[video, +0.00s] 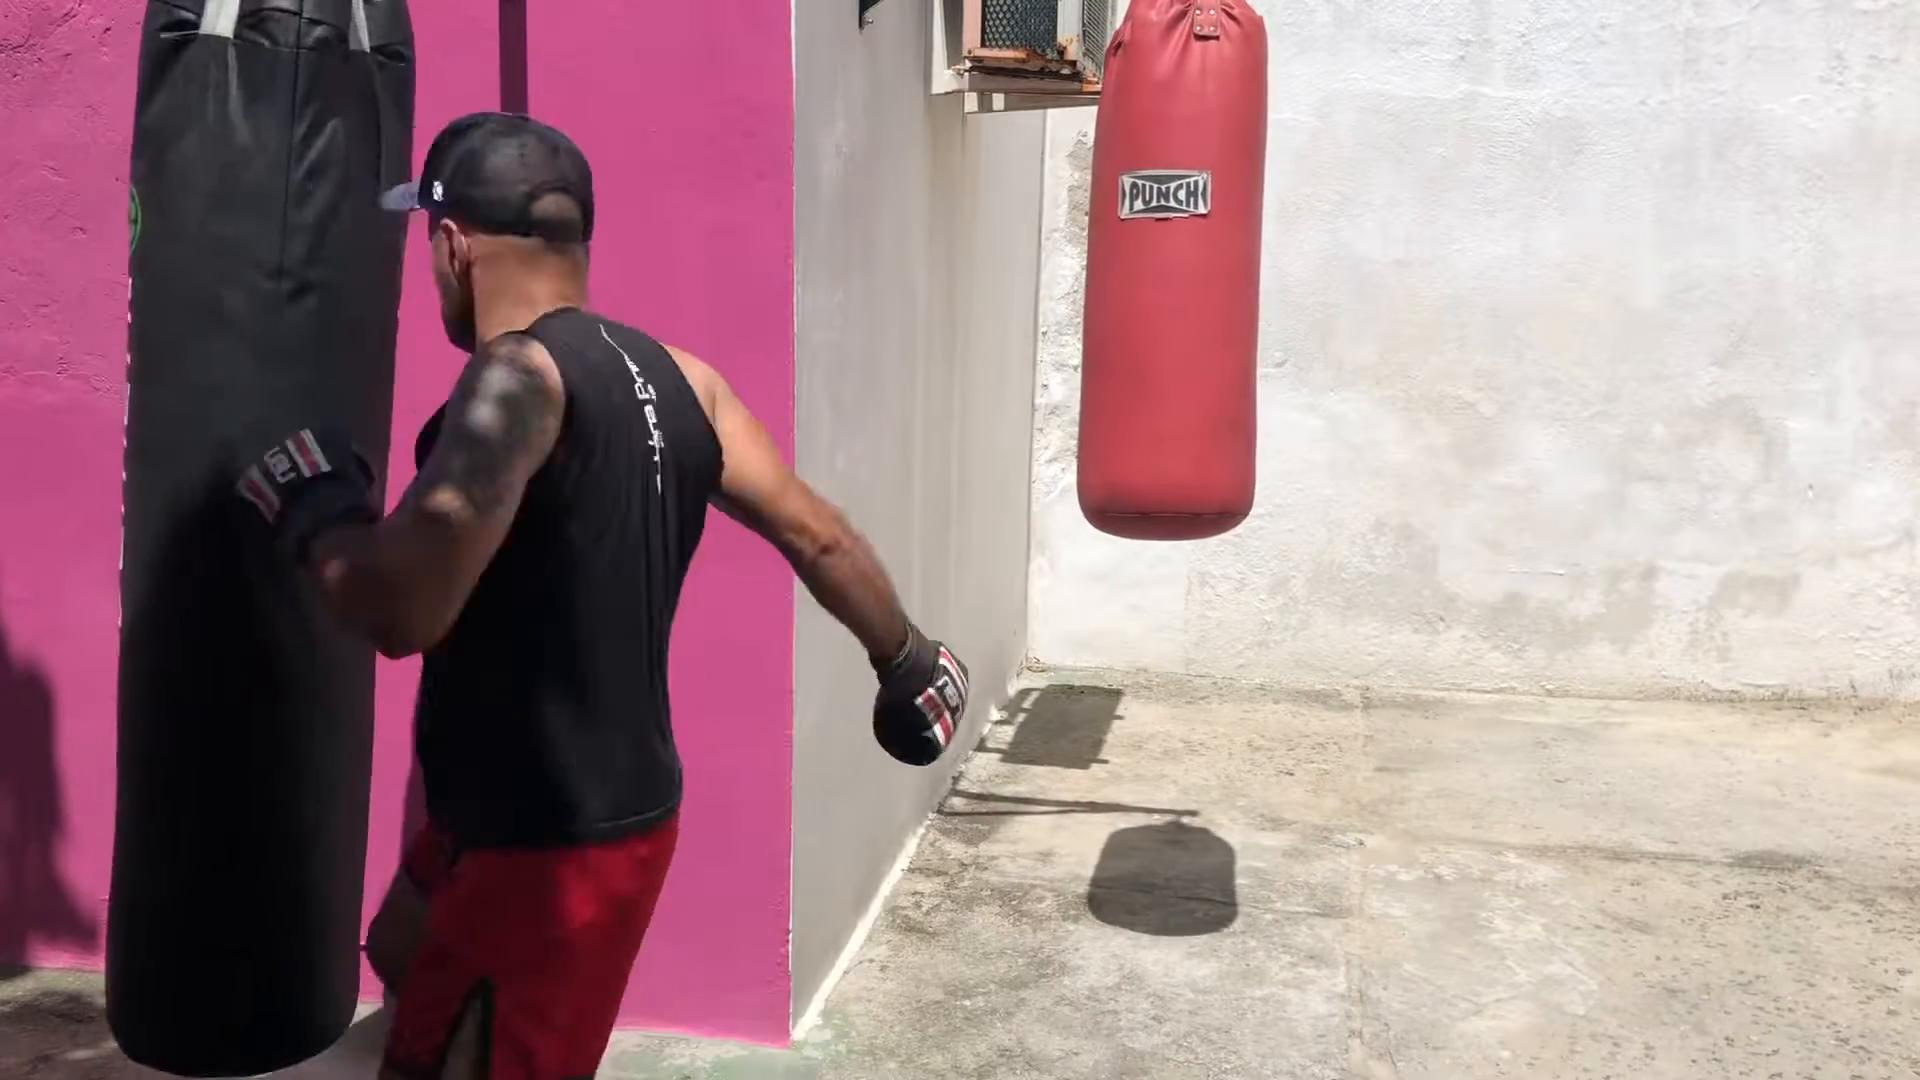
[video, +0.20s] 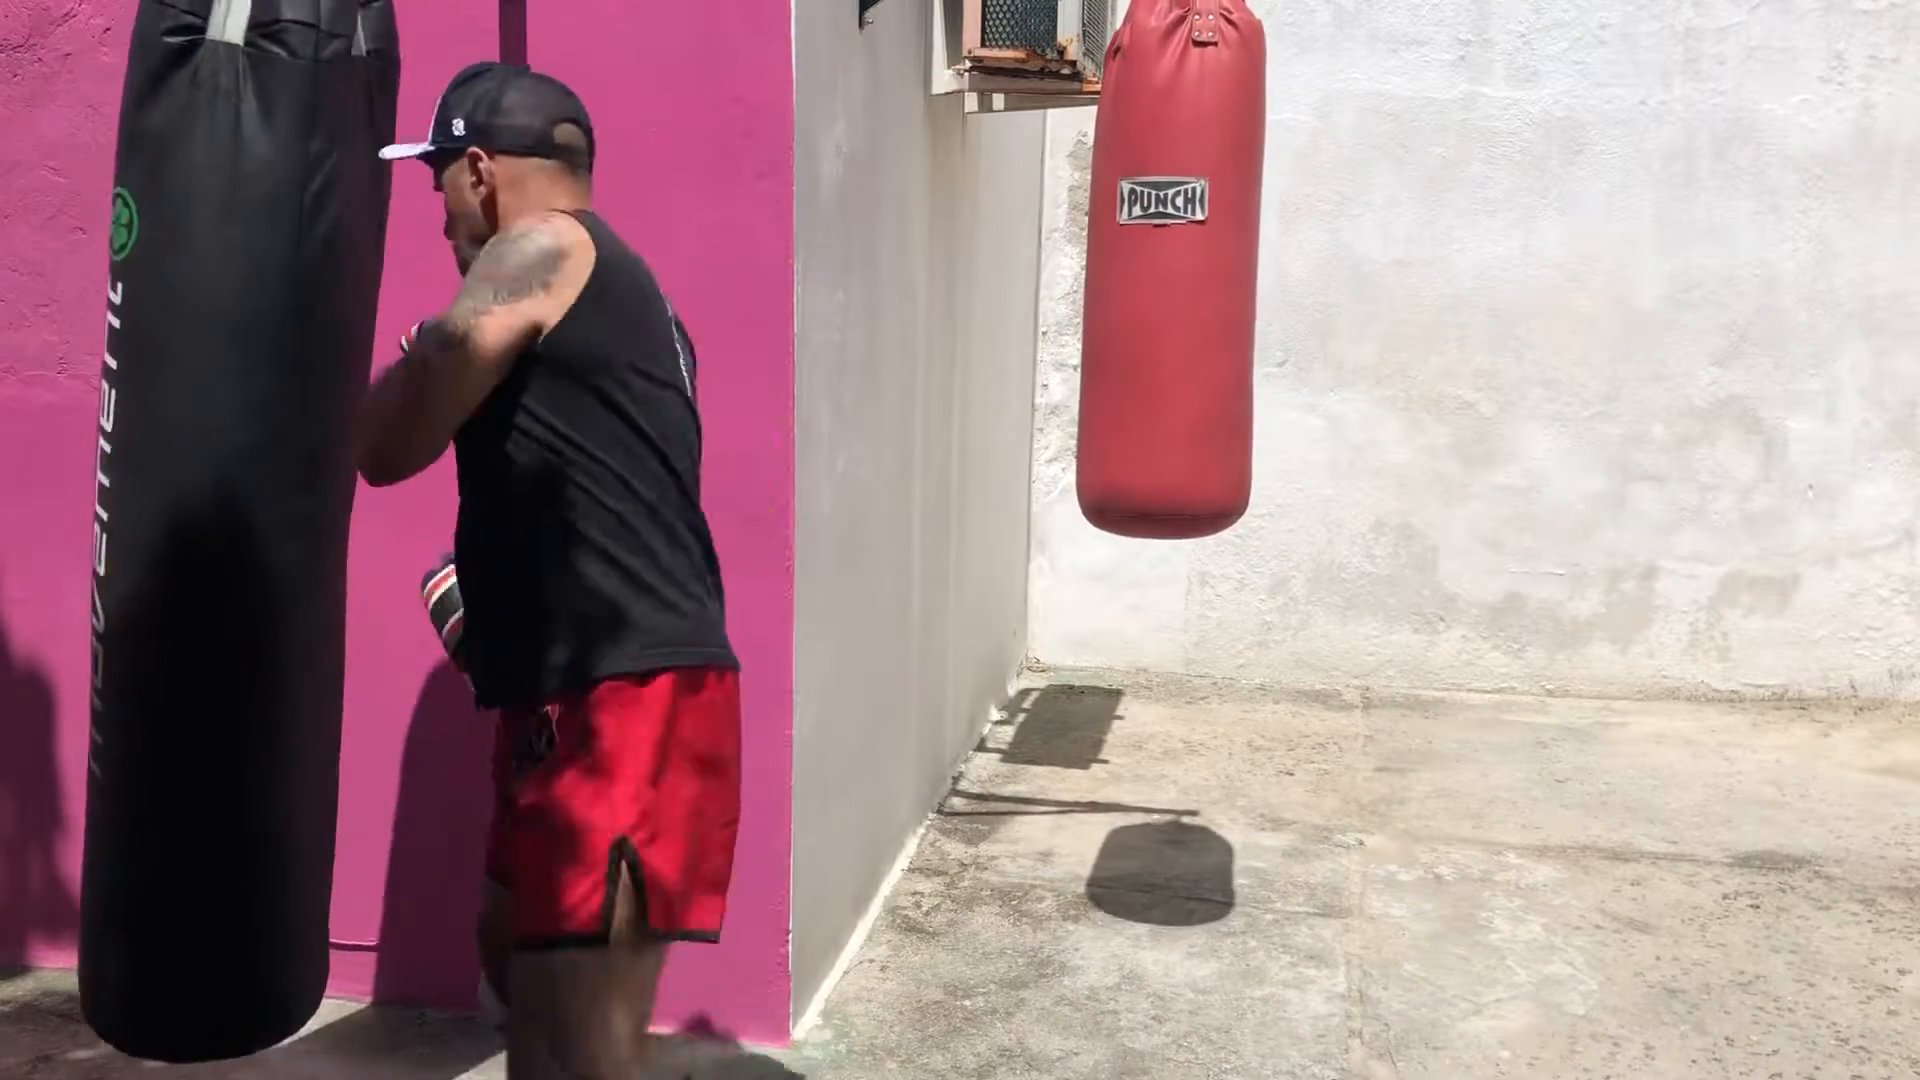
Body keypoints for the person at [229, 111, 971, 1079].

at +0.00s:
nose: (429, 263)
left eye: (430, 234)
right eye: (429, 235)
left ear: (458, 240)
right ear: (575, 239)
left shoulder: (515, 377)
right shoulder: (681, 380)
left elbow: (405, 608)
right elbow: (817, 535)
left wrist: (324, 515)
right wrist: (907, 660)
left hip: (524, 843)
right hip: (625, 825)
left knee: (465, 1057)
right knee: (405, 955)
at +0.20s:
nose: (442, 209)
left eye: (442, 176)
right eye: (441, 179)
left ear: (481, 170)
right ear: (567, 165)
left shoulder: (534, 251)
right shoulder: (626, 285)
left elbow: (385, 444)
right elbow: (624, 500)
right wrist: (501, 598)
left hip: (619, 685)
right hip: (600, 683)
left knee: (578, 1028)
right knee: (520, 962)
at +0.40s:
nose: (461, 217)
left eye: (468, 185)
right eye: (461, 190)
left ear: (519, 182)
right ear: (550, 181)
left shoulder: (626, 271)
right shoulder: (627, 305)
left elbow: (504, 464)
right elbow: (763, 483)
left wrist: (473, 388)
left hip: (690, 681)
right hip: (585, 690)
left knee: (652, 1009)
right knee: (510, 936)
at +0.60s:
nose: (556, 220)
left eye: (566, 193)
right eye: (554, 196)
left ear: (633, 194)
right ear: (638, 198)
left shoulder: (744, 292)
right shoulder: (640, 334)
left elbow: (613, 460)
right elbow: (672, 517)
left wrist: (555, 370)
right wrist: (547, 542)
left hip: (753, 683)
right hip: (630, 692)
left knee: (704, 1001)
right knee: (524, 944)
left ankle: (825, 1067)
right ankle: (586, 1075)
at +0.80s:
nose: (718, 171)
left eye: (727, 145)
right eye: (715, 147)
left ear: (793, 139)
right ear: (808, 137)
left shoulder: (878, 235)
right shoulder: (847, 241)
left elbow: (806, 418)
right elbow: (826, 408)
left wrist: (670, 334)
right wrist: (744, 329)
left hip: (901, 625)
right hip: (852, 622)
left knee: (817, 926)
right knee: (792, 868)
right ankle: (963, 1034)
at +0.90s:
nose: (776, 215)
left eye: (788, 192)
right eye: (776, 192)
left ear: (851, 195)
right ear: (857, 194)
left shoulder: (944, 283)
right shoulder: (900, 293)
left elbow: (919, 469)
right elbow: (896, 456)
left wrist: (776, 376)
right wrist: (775, 367)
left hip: (975, 660)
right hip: (929, 657)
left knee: (823, 926)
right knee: (970, 918)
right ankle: (1097, 1057)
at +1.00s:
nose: (817, 262)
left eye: (829, 236)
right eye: (816, 238)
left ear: (894, 235)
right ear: (899, 234)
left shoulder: (977, 328)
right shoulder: (963, 325)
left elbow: (956, 524)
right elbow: (932, 483)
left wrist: (808, 436)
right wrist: (846, 406)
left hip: (1017, 698)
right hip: (1007, 688)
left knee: (876, 981)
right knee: (1004, 932)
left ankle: (1044, 1073)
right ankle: (1111, 1069)